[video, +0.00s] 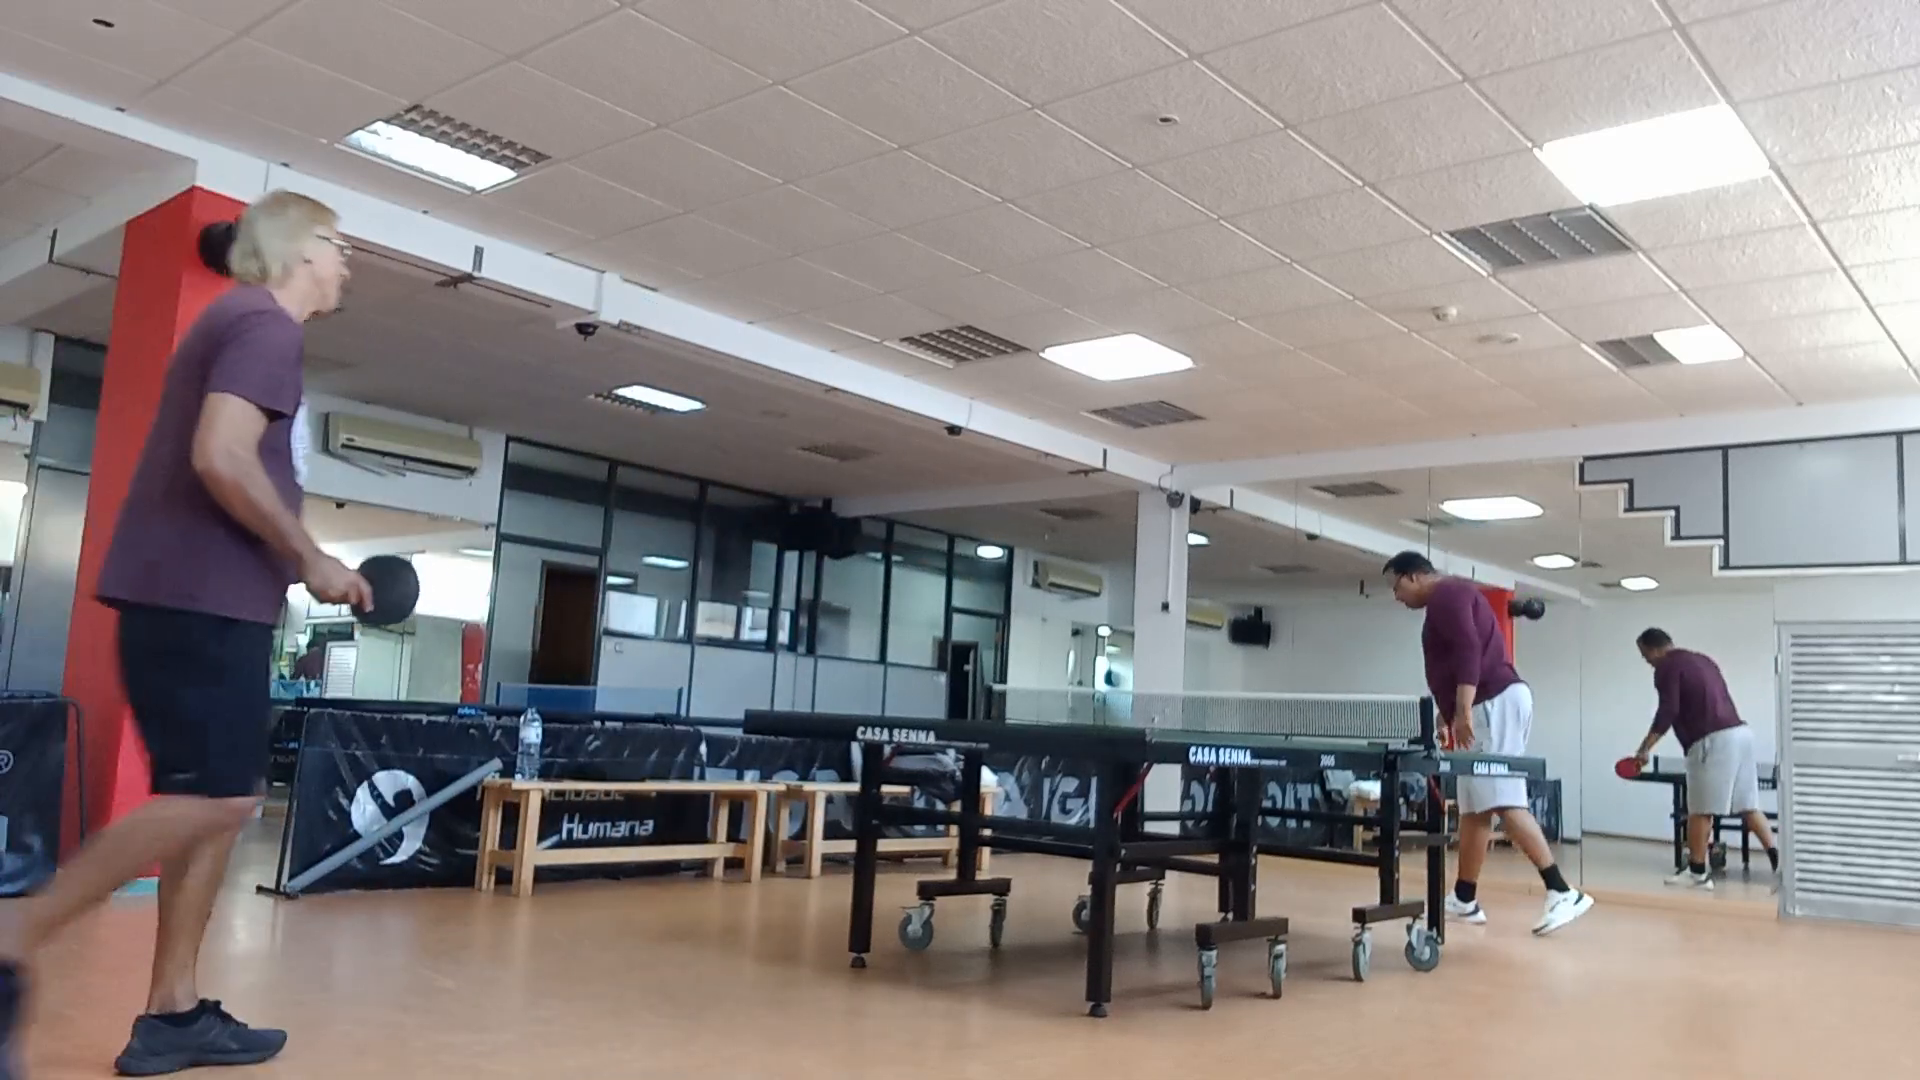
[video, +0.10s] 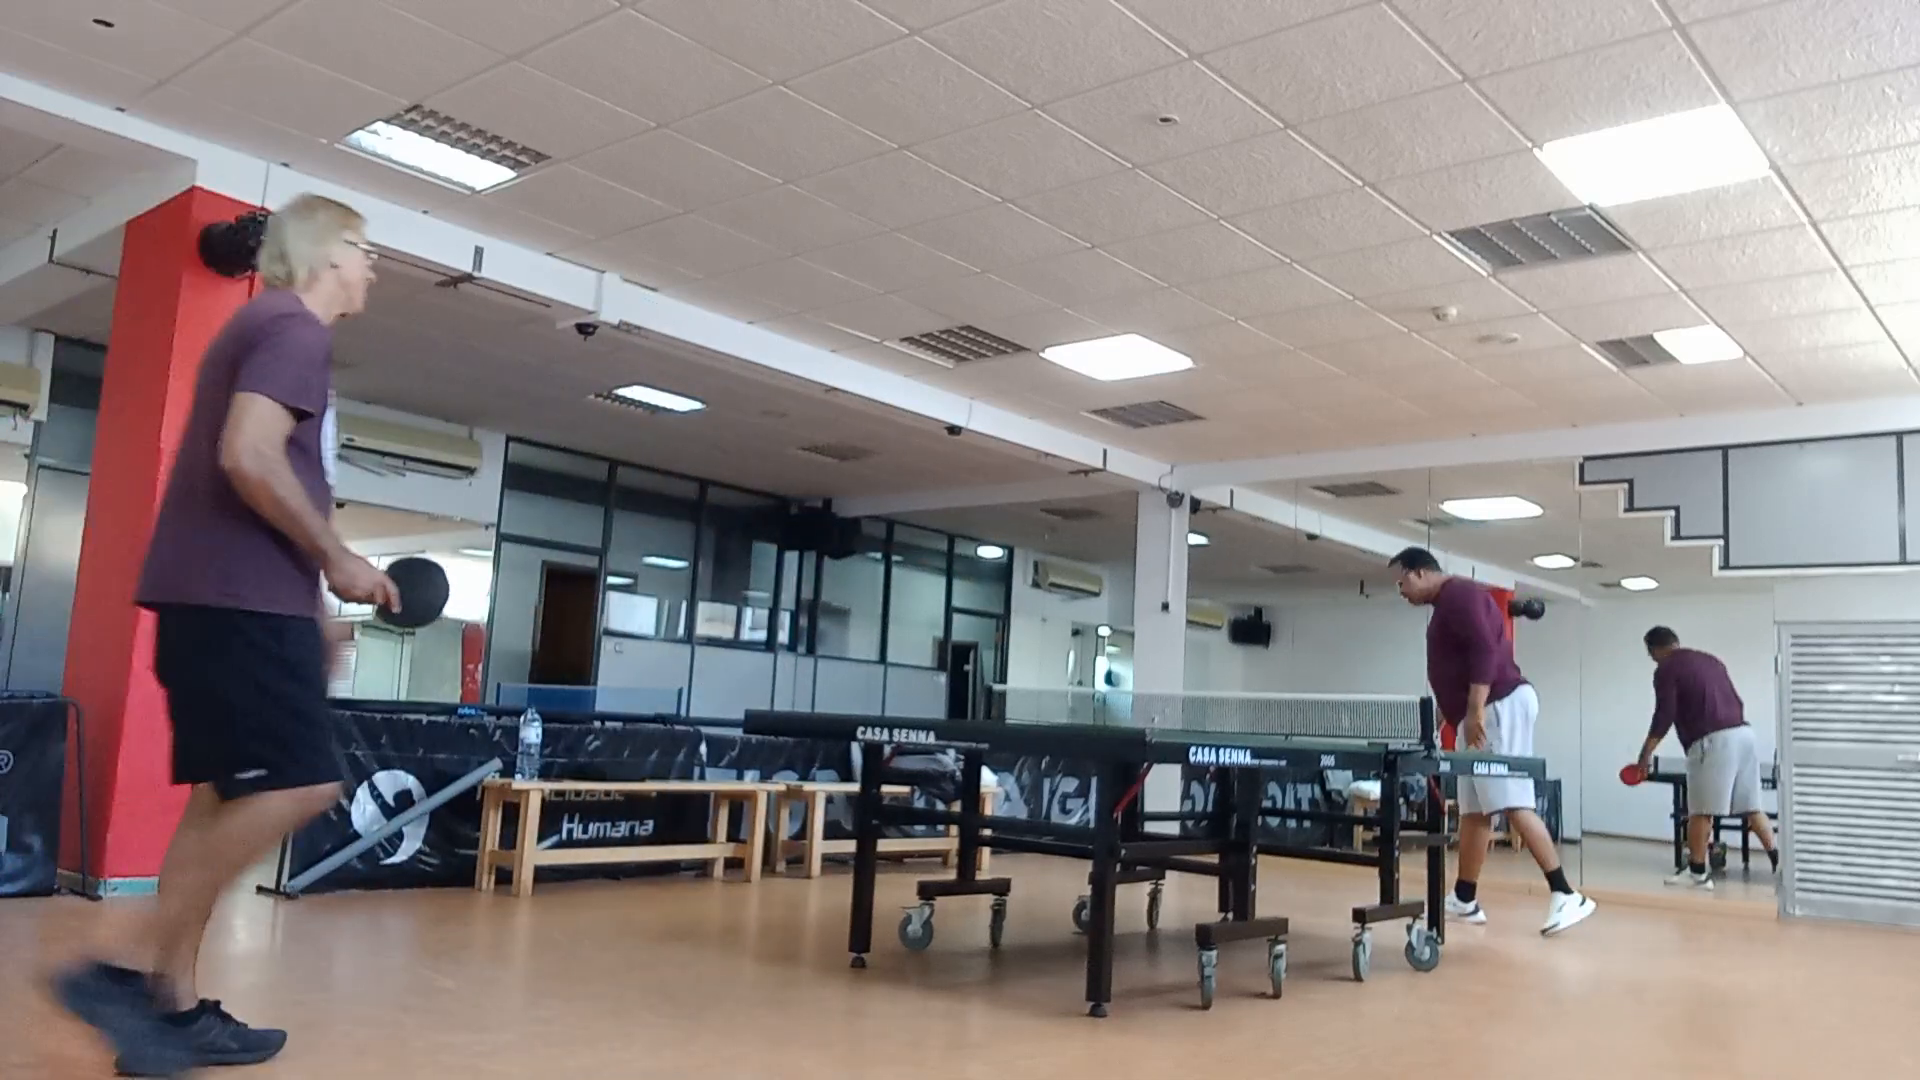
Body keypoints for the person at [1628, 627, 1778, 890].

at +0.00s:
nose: (1648, 662)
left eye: (1646, 656)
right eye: (1645, 658)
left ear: (1652, 650)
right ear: (1669, 644)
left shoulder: (1667, 666)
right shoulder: (1700, 658)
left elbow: (1669, 711)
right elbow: (1713, 701)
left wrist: (1644, 749)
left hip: (1711, 740)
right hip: (1740, 733)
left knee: (1699, 811)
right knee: (1749, 806)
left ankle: (1698, 872)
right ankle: (1776, 858)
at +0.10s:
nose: (1654, 660)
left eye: (1652, 655)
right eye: (1652, 656)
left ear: (1656, 649)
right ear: (1676, 643)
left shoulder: (1666, 669)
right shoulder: (1708, 658)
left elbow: (1665, 715)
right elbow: (1735, 702)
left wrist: (1646, 752)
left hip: (1712, 740)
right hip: (1743, 734)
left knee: (1700, 811)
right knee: (1752, 806)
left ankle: (1698, 872)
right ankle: (1777, 858)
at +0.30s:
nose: (1672, 651)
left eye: (1671, 647)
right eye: (1673, 647)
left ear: (1672, 645)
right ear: (1696, 638)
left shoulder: (1673, 673)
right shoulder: (1730, 658)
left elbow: (1663, 719)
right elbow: (1758, 697)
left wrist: (1647, 754)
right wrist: (1753, 730)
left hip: (1718, 741)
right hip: (1753, 738)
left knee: (1706, 811)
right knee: (1757, 806)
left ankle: (1698, 872)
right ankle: (1777, 864)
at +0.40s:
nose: (1684, 649)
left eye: (1683, 645)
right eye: (1685, 645)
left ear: (1684, 643)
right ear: (1709, 638)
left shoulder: (1683, 670)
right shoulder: (1742, 659)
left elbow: (1667, 711)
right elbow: (1769, 695)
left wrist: (1648, 734)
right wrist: (1769, 728)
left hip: (1724, 742)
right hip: (1759, 740)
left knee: (1710, 812)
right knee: (1763, 811)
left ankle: (1697, 873)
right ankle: (1775, 871)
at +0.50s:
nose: (1705, 646)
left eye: (1701, 642)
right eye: (1712, 641)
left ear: (1698, 643)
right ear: (1723, 638)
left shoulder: (1693, 671)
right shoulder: (1754, 661)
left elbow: (1676, 703)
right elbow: (1780, 699)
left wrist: (1656, 708)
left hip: (1730, 743)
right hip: (1766, 742)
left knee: (1713, 813)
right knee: (1769, 814)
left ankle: (1697, 872)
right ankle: (1773, 878)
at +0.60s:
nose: (1726, 645)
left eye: (1720, 641)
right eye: (1732, 639)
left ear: (1715, 642)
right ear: (1740, 638)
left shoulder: (1708, 670)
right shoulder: (1767, 663)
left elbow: (1690, 700)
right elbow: (1782, 695)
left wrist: (1686, 685)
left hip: (1739, 745)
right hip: (1775, 744)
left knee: (1717, 812)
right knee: (1777, 816)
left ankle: (1698, 871)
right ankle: (1776, 878)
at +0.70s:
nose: (1749, 643)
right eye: (1753, 638)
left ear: (1733, 640)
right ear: (1757, 638)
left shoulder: (1721, 669)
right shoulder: (1776, 663)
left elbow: (1705, 704)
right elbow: (1789, 696)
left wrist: (1727, 685)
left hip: (1745, 745)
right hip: (1780, 744)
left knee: (1727, 811)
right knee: (1780, 816)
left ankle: (1711, 870)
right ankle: (1776, 879)